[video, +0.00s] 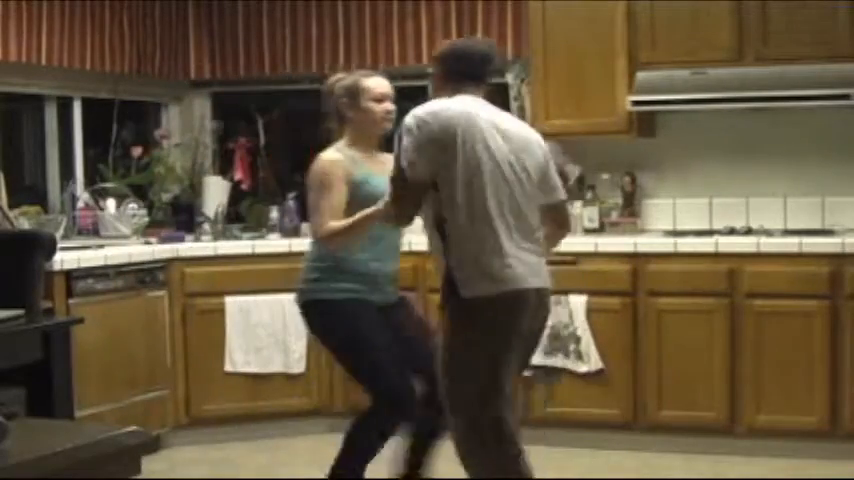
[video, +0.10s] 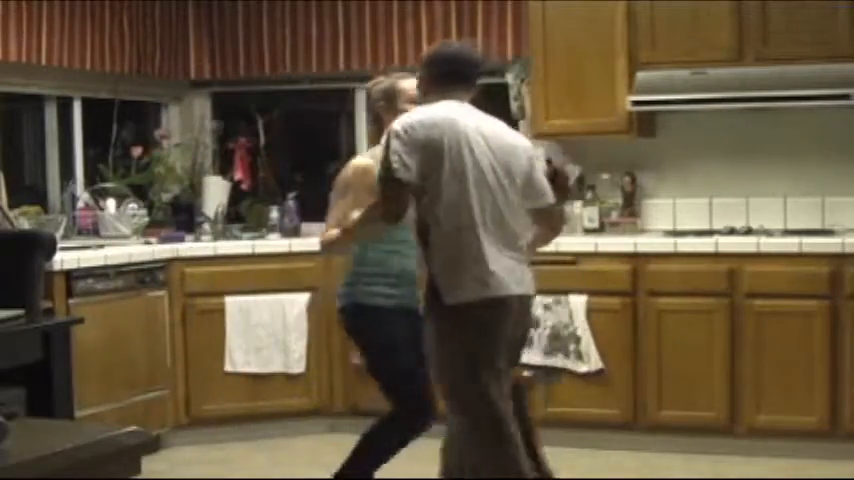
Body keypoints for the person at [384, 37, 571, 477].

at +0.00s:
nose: (430, 82)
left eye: (432, 75)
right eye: (433, 75)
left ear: (441, 76)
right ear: (487, 81)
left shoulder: (428, 119)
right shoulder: (526, 134)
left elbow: (402, 208)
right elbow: (559, 222)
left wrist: (385, 213)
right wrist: (519, 255)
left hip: (482, 296)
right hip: (534, 293)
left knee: (474, 418)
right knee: (493, 411)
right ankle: (509, 473)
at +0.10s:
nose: (416, 90)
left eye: (419, 82)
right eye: (417, 84)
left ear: (426, 81)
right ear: (473, 85)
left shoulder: (412, 127)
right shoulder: (512, 139)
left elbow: (391, 208)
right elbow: (552, 220)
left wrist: (347, 233)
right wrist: (516, 248)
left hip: (463, 296)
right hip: (517, 293)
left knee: (482, 414)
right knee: (480, 410)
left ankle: (518, 476)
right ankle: (461, 477)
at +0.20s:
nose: (405, 88)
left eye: (407, 80)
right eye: (407, 80)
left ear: (415, 82)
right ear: (463, 86)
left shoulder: (396, 130)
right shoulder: (502, 138)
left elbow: (367, 216)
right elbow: (544, 217)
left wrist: (314, 231)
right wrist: (519, 232)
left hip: (447, 301)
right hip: (505, 296)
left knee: (438, 437)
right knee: (464, 430)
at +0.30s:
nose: (394, 80)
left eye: (397, 74)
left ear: (402, 78)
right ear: (452, 82)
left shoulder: (378, 130)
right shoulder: (482, 130)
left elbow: (344, 215)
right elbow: (537, 202)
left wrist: (308, 226)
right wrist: (553, 203)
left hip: (424, 299)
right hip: (492, 295)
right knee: (468, 421)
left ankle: (460, 466)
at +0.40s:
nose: (388, 80)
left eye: (388, 74)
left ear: (391, 76)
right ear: (444, 81)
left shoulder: (361, 132)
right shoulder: (472, 128)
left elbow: (328, 224)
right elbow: (525, 183)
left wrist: (329, 228)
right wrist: (556, 211)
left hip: (399, 293)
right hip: (474, 289)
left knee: (359, 378)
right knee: (473, 409)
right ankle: (472, 474)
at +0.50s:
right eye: (432, 81)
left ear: (383, 79)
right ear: (435, 82)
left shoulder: (344, 137)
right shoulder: (460, 130)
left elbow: (327, 223)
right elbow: (521, 168)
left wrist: (366, 240)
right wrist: (567, 184)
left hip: (376, 294)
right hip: (448, 291)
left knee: (369, 385)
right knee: (454, 413)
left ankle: (389, 472)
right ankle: (455, 475)